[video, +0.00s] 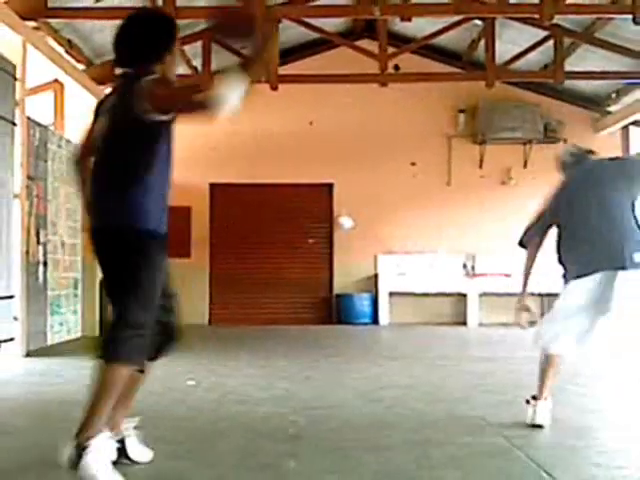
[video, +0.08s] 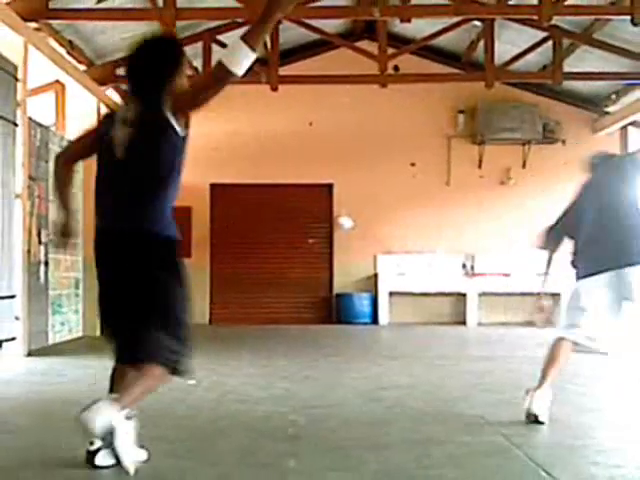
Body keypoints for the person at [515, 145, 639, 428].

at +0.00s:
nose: (562, 177)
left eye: (561, 172)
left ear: (565, 169)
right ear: (591, 158)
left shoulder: (564, 194)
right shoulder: (623, 167)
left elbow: (534, 238)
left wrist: (523, 292)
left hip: (587, 269)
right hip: (632, 262)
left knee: (557, 332)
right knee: (628, 339)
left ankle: (542, 401)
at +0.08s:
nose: (590, 177)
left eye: (592, 173)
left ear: (596, 170)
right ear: (618, 165)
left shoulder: (591, 190)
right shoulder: (634, 173)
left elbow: (562, 228)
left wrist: (549, 240)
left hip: (595, 270)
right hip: (633, 263)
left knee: (569, 333)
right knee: (631, 340)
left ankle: (542, 391)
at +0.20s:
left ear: (616, 165)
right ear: (634, 164)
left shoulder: (610, 188)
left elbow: (583, 235)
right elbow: (584, 235)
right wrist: (571, 278)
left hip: (612, 276)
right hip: (632, 273)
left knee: (591, 339)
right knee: (592, 339)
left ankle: (553, 386)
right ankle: (554, 386)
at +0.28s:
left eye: (624, 159)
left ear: (625, 161)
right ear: (636, 160)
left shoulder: (616, 189)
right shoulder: (622, 188)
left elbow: (594, 237)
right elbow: (594, 236)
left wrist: (588, 282)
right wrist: (589, 281)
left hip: (613, 280)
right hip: (631, 279)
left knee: (609, 341)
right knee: (612, 341)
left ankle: (584, 389)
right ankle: (583, 389)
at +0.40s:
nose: (619, 147)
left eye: (620, 141)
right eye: (626, 140)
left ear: (619, 144)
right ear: (637, 144)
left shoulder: (608, 175)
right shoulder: (610, 177)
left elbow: (594, 220)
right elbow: (595, 220)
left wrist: (599, 259)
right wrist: (600, 257)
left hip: (616, 257)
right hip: (632, 254)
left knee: (612, 321)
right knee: (617, 322)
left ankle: (615, 382)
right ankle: (615, 382)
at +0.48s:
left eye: (610, 141)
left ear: (611, 141)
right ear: (635, 143)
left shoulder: (592, 170)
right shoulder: (637, 162)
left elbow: (586, 214)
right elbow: (587, 215)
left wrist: (594, 252)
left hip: (607, 251)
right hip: (635, 247)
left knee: (605, 316)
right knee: (632, 316)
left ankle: (619, 377)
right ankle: (620, 376)